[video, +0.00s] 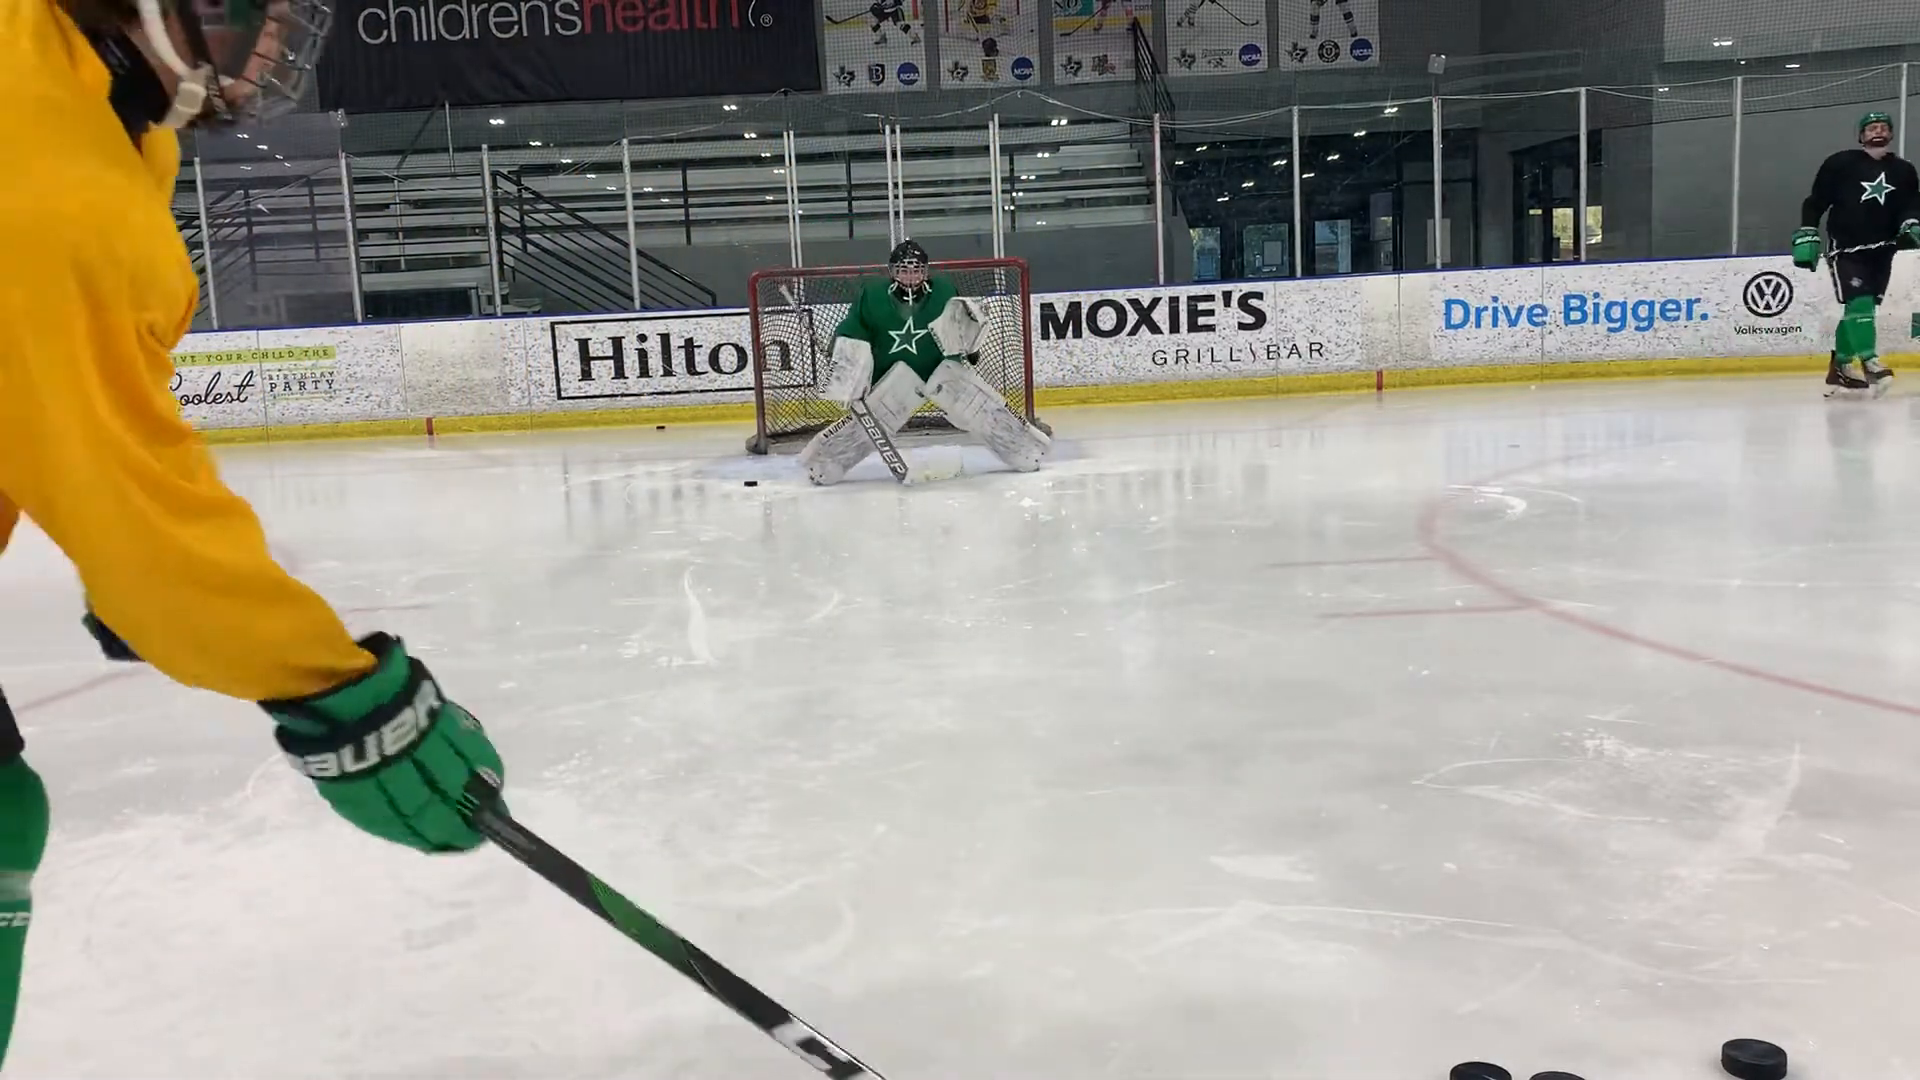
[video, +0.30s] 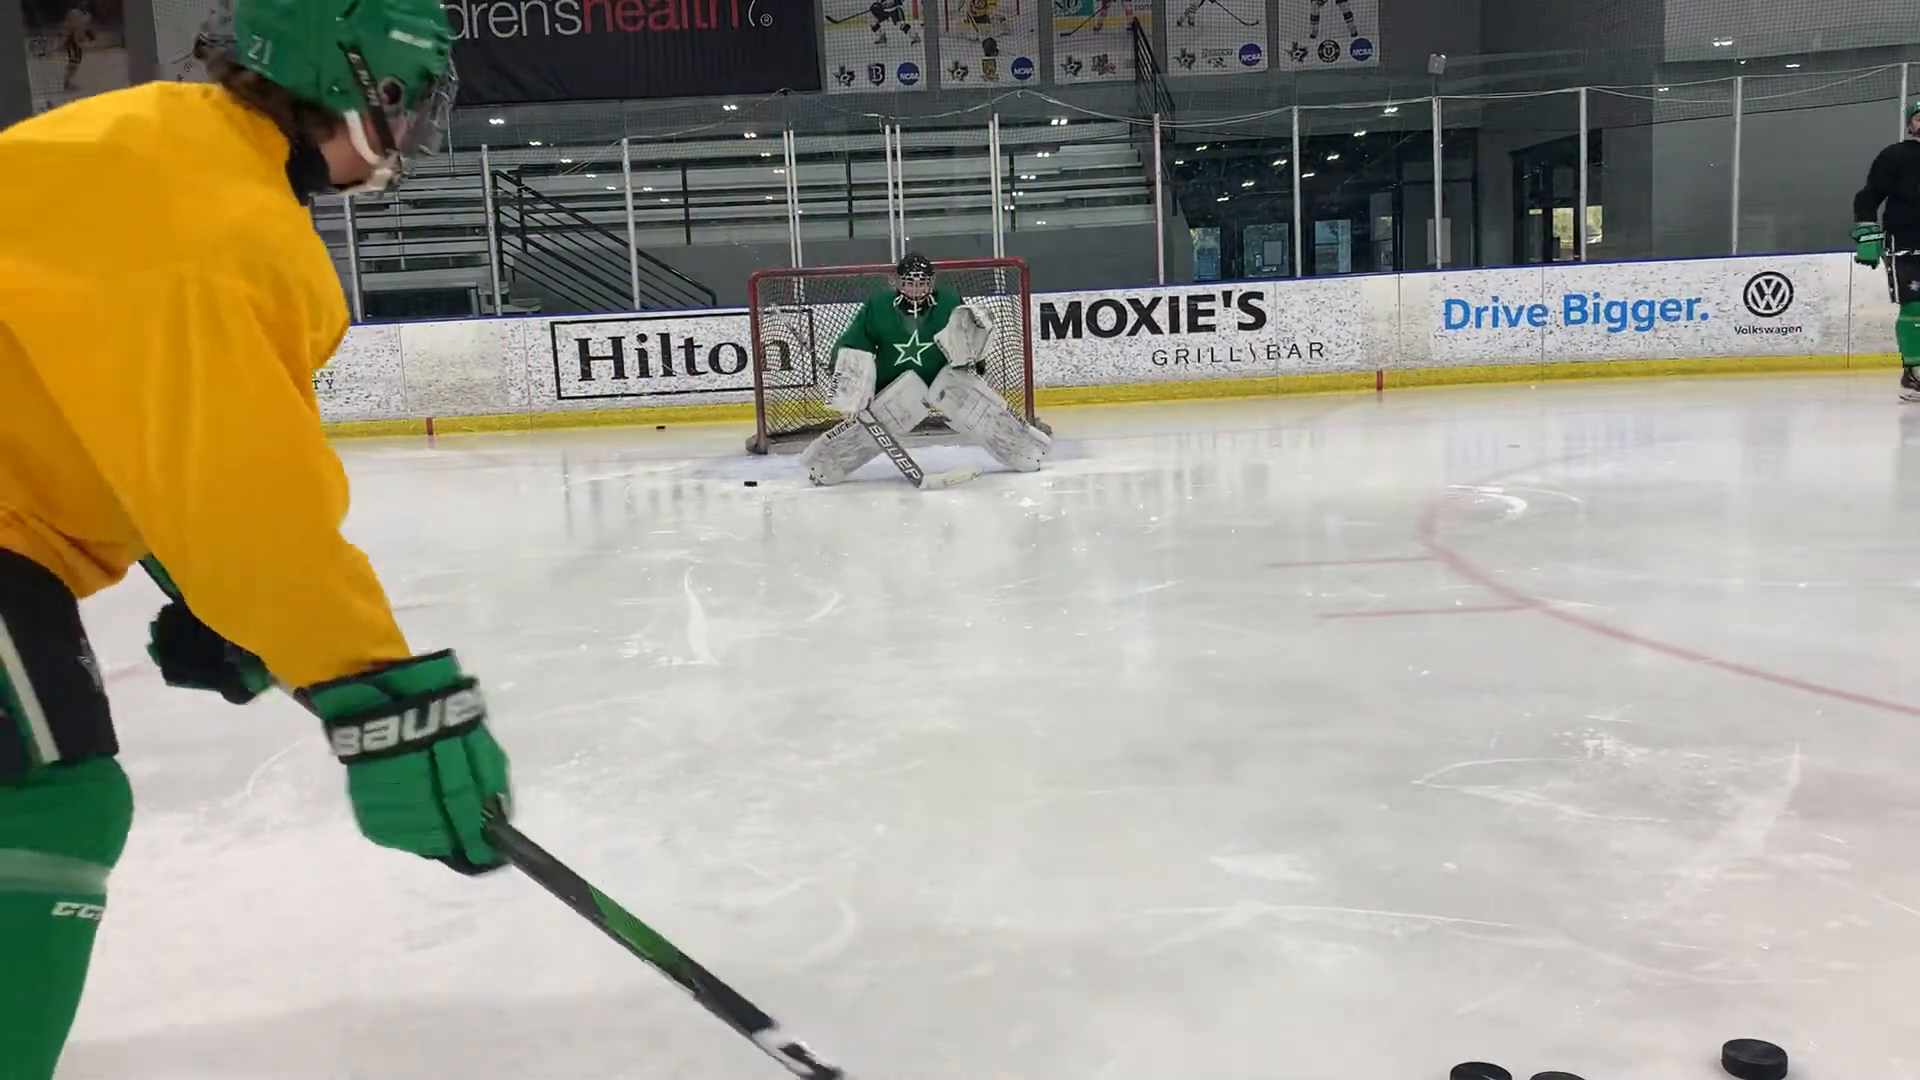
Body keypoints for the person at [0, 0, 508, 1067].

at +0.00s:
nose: (248, 63)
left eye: (264, 32)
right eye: (247, 23)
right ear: (177, 8)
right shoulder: (57, 185)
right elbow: (145, 519)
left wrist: (125, 558)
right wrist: (346, 698)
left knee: (9, 815)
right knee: (3, 820)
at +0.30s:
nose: (410, 140)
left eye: (423, 105)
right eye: (409, 101)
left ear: (273, 54)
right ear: (356, 81)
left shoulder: (161, 130)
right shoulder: (218, 225)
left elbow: (161, 379)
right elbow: (257, 496)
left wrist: (210, 572)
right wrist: (392, 713)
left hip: (22, 520)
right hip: (4, 530)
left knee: (50, 803)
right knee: (55, 809)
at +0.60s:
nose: (478, 109)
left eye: (483, 80)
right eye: (475, 78)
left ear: (354, 45)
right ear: (439, 68)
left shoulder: (216, 66)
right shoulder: (457, 211)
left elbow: (78, 186)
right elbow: (404, 344)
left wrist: (80, 309)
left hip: (40, 409)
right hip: (152, 469)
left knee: (267, 651)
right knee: (27, 804)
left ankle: (225, 883)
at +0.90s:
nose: (515, 52)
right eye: (511, 39)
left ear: (391, 18)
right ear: (494, 34)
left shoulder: (294, 54)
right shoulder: (538, 120)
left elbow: (187, 222)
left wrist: (238, 330)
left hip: (213, 349)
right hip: (339, 369)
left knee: (401, 598)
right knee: (229, 692)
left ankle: (388, 842)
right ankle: (11, 919)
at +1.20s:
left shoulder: (365, 29)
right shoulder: (574, 47)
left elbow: (291, 219)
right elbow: (599, 245)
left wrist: (365, 311)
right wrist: (647, 382)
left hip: (349, 338)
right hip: (441, 342)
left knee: (481, 606)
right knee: (521, 636)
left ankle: (480, 812)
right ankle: (349, 891)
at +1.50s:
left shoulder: (563, 15)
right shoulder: (538, 10)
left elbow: (579, 201)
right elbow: (575, 201)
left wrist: (693, 348)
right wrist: (685, 355)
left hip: (520, 324)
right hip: (485, 327)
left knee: (577, 610)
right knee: (580, 620)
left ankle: (538, 827)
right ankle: (518, 896)